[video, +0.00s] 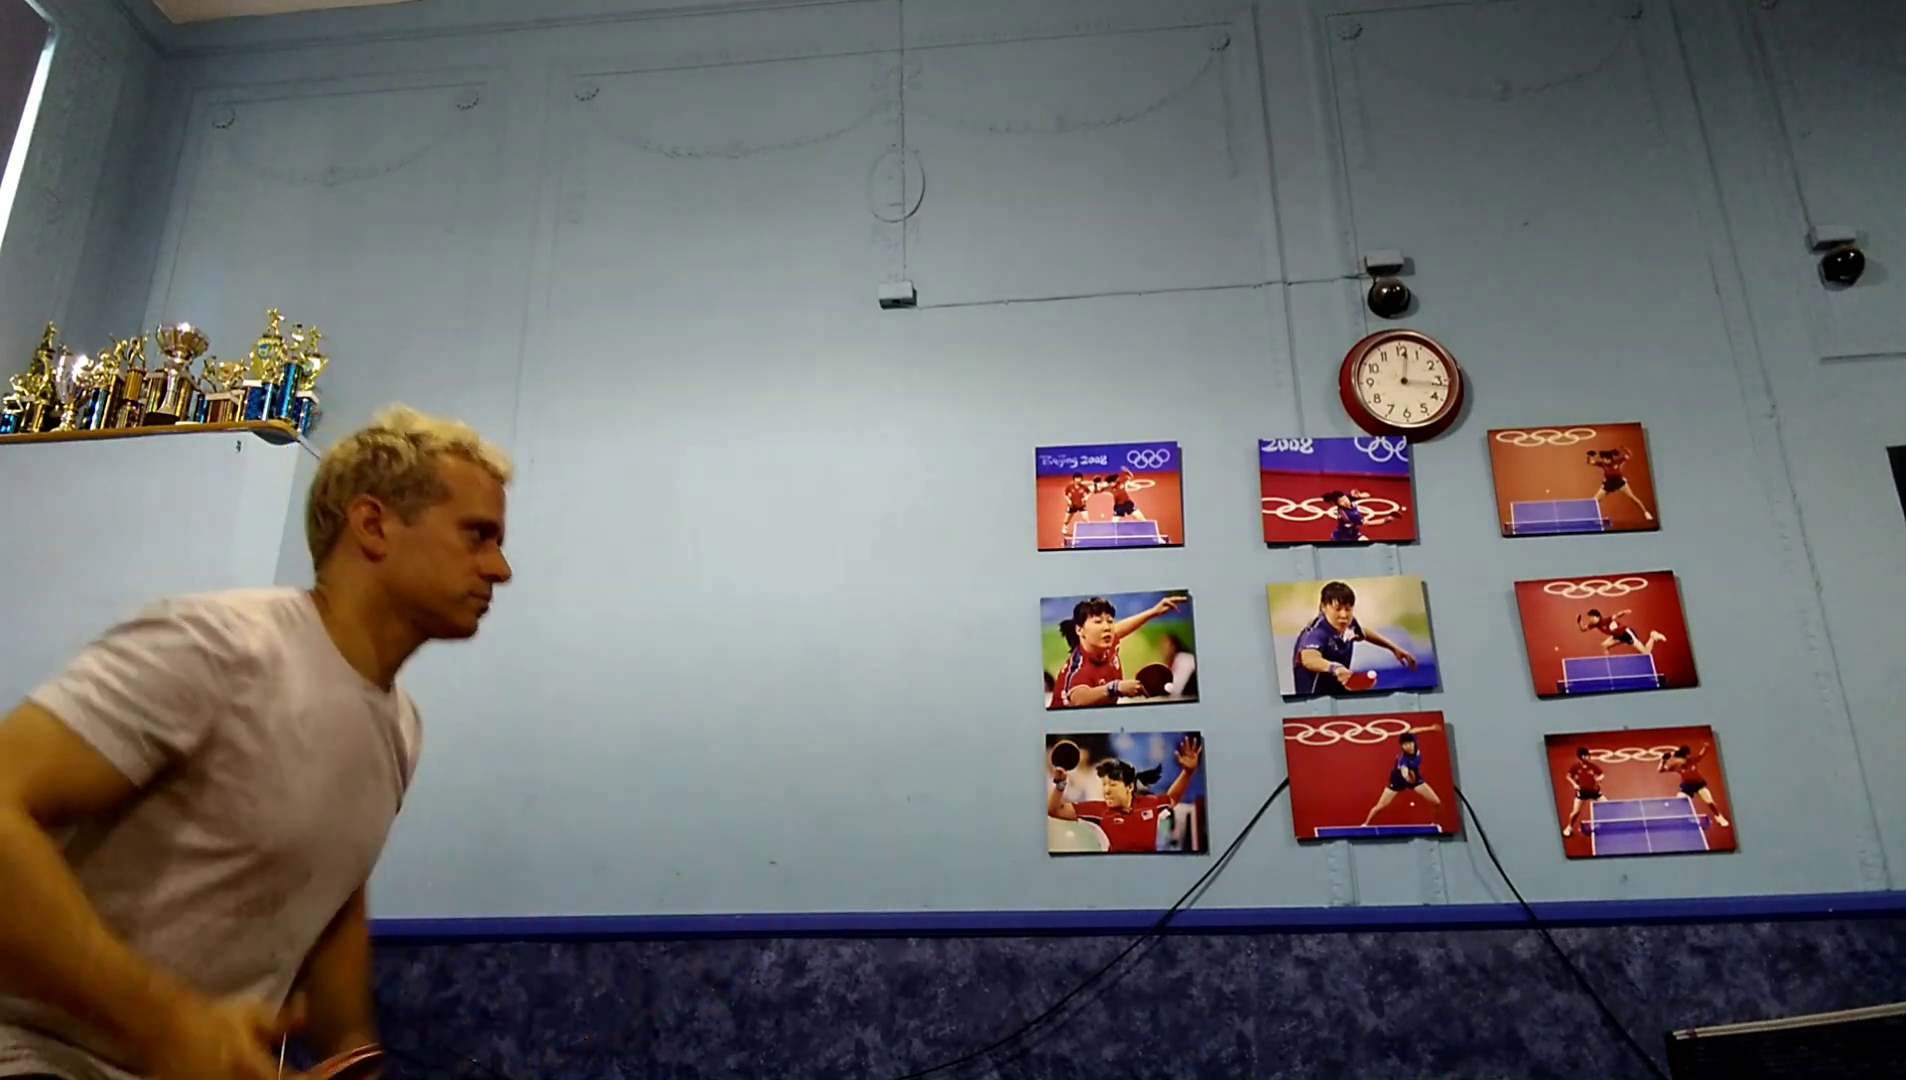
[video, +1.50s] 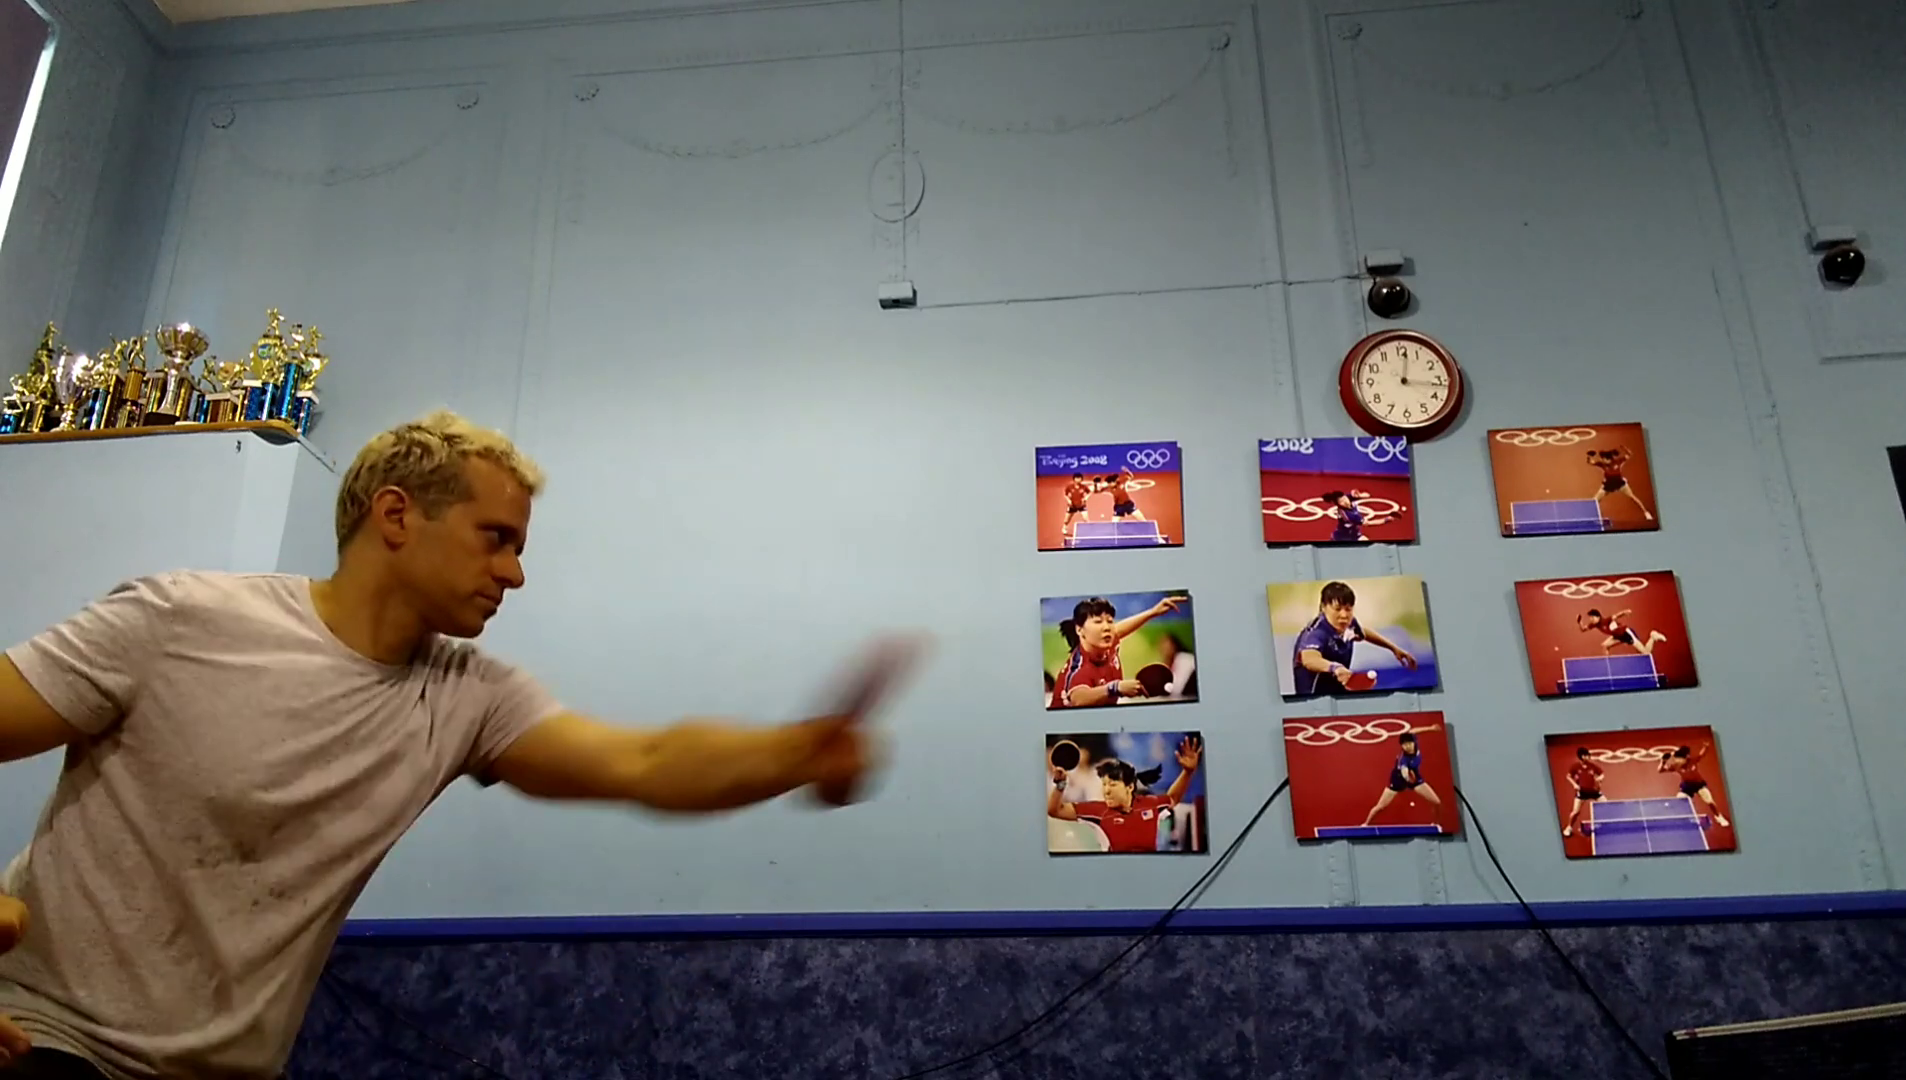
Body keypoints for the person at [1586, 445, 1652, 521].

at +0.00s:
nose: (1605, 461)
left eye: (1606, 460)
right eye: (1604, 460)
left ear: (1610, 459)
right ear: (1603, 459)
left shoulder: (1617, 461)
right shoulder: (1602, 464)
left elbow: (1629, 456)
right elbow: (1590, 463)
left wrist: (1624, 449)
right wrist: (1589, 457)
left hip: (1620, 482)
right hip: (1608, 483)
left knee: (1632, 497)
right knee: (1595, 499)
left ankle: (1645, 512)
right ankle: (1591, 519)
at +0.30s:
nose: (1605, 462)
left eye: (1607, 460)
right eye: (1604, 460)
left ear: (1610, 459)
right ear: (1603, 459)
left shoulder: (1617, 462)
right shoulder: (1602, 464)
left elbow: (1628, 457)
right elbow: (1590, 463)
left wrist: (1624, 449)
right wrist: (1590, 457)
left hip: (1620, 482)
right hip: (1608, 483)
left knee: (1632, 497)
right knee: (1595, 499)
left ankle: (1645, 512)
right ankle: (1592, 519)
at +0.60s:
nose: (1604, 461)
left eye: (1606, 459)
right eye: (1603, 459)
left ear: (1609, 458)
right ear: (1602, 459)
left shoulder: (1618, 462)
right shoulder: (1602, 464)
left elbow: (1629, 455)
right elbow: (1590, 463)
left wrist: (1624, 448)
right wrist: (1589, 457)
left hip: (1620, 482)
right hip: (1608, 483)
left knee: (1632, 497)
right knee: (1595, 499)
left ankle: (1645, 512)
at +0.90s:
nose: (1605, 461)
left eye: (1606, 459)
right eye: (1603, 459)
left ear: (1610, 458)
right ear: (1602, 459)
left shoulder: (1618, 462)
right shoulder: (1602, 464)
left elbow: (1629, 455)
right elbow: (1590, 463)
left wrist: (1624, 448)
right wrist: (1589, 457)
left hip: (1620, 482)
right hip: (1608, 483)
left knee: (1632, 497)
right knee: (1595, 499)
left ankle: (1645, 512)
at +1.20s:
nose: (1605, 461)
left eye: (1606, 460)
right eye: (1603, 460)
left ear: (1610, 458)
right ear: (1603, 459)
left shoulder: (1618, 462)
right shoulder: (1602, 464)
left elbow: (1629, 455)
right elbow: (1590, 463)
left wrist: (1624, 448)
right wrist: (1589, 457)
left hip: (1620, 482)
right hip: (1608, 483)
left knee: (1632, 497)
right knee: (1595, 499)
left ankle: (1645, 512)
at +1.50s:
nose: (1604, 461)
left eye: (1606, 460)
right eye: (1603, 460)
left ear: (1610, 458)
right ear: (1603, 459)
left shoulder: (1618, 462)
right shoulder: (1602, 464)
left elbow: (1629, 456)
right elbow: (1590, 463)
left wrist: (1624, 448)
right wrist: (1589, 457)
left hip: (1620, 482)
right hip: (1608, 483)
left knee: (1632, 497)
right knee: (1595, 499)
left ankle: (1645, 512)